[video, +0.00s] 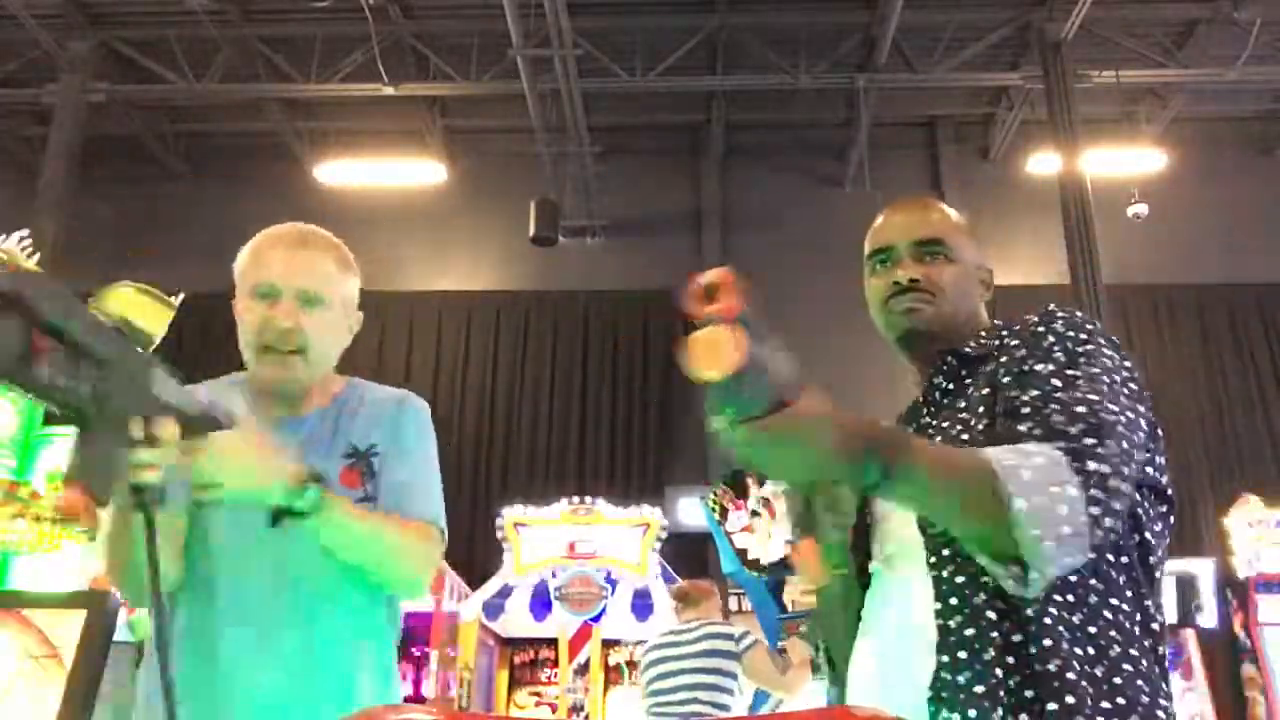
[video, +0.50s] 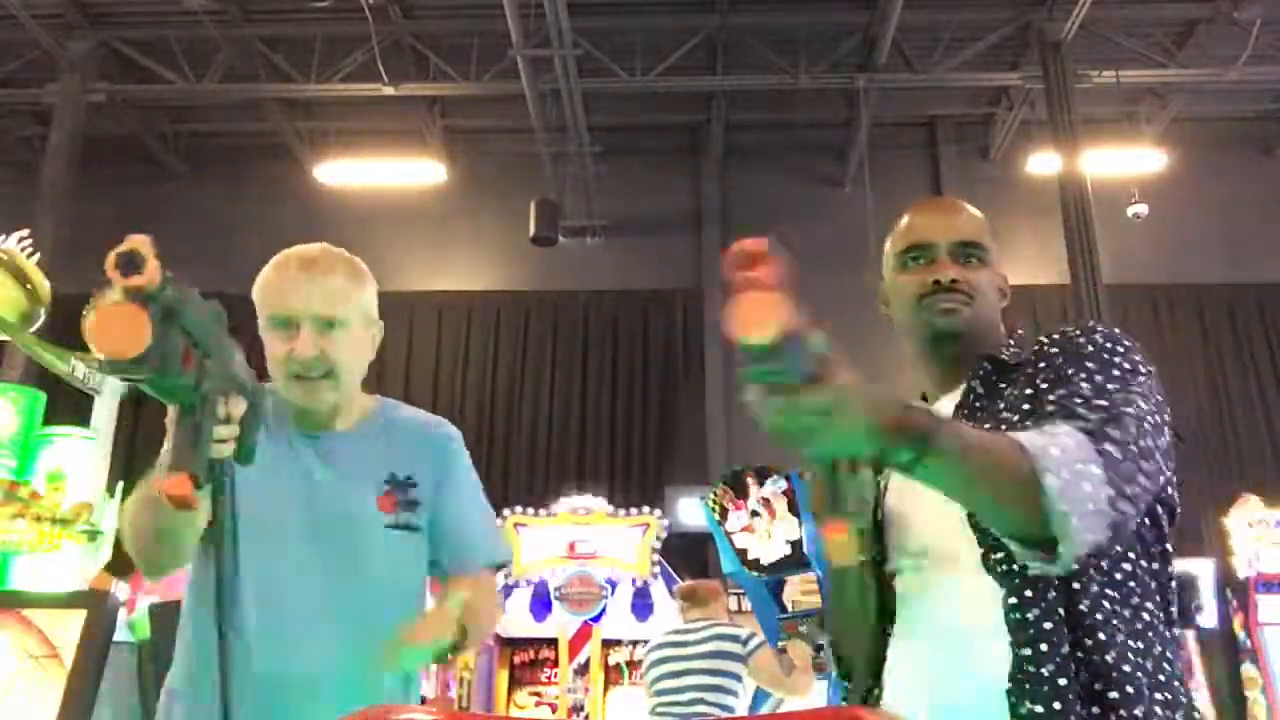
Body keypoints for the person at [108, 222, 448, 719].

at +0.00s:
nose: (284, 320)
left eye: (310, 302)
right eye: (265, 296)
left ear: (351, 323)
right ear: (236, 310)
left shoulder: (397, 418)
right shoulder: (182, 417)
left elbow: (415, 566)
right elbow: (139, 584)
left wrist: (296, 490)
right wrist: (137, 488)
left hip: (343, 707)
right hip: (193, 707)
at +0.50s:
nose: (304, 347)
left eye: (329, 325)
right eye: (284, 325)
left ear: (373, 337)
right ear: (260, 334)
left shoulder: (430, 447)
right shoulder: (216, 425)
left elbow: (477, 593)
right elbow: (152, 558)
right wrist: (183, 463)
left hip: (365, 710)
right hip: (216, 707)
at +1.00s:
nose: (210, 266)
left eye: (239, 241)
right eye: (188, 241)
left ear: (291, 262)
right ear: (162, 255)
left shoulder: (357, 393)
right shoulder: (111, 368)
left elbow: (393, 570)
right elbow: (28, 525)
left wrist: (329, 648)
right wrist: (66, 413)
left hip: (275, 711)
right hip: (102, 706)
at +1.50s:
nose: (337, 303)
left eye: (361, 285)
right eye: (316, 281)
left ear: (400, 310)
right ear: (286, 300)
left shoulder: (446, 417)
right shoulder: (230, 399)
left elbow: (470, 572)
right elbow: (187, 558)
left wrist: (351, 479)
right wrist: (187, 509)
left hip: (389, 704)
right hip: (241, 702)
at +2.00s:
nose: (316, 317)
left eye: (342, 299)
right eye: (297, 296)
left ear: (377, 325)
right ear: (264, 316)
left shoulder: (419, 426)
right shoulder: (208, 414)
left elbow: (431, 570)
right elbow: (171, 587)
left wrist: (284, 494)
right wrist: (171, 480)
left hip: (359, 707)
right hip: (212, 706)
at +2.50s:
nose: (318, 320)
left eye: (343, 305)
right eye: (298, 298)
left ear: (374, 332)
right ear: (260, 317)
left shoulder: (412, 429)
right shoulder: (198, 418)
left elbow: (423, 579)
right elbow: (161, 584)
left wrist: (278, 499)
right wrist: (194, 488)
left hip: (348, 708)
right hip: (197, 706)